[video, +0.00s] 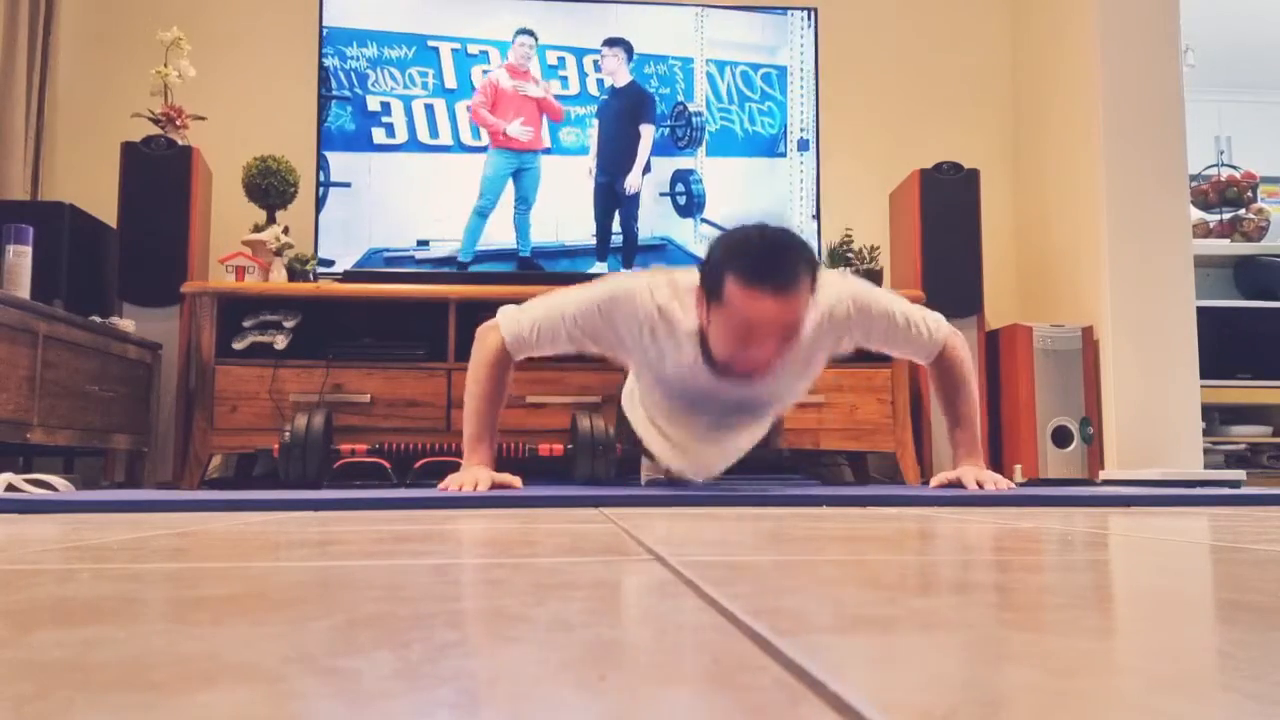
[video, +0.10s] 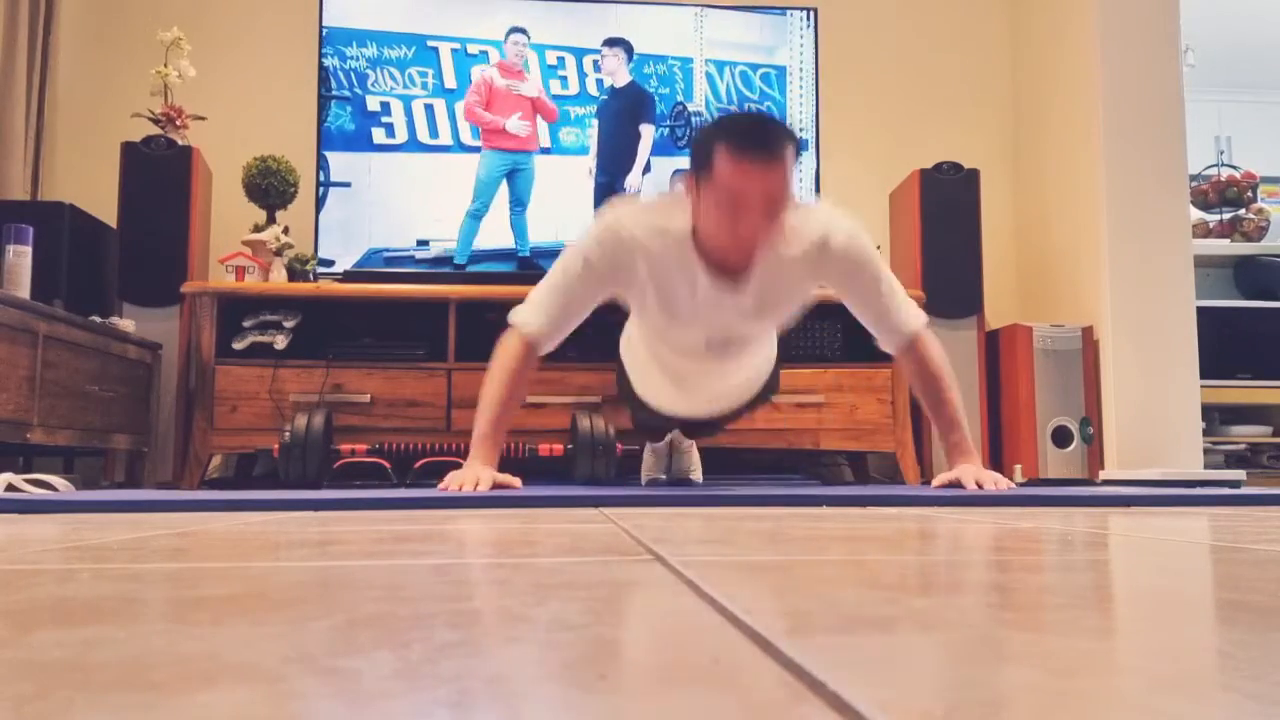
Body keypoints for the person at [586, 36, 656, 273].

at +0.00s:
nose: (602, 61)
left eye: (608, 57)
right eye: (602, 57)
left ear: (623, 59)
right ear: (605, 59)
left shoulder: (642, 97)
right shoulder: (606, 97)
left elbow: (647, 137)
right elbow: (597, 131)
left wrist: (636, 172)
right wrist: (593, 157)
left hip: (628, 171)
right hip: (604, 169)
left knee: (628, 223)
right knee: (602, 219)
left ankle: (627, 267)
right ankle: (601, 262)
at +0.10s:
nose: (600, 61)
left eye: (604, 56)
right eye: (601, 57)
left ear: (620, 59)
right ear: (616, 59)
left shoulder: (643, 97)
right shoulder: (605, 96)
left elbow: (647, 136)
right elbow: (598, 131)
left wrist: (636, 172)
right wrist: (592, 158)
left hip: (628, 175)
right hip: (604, 172)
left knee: (625, 232)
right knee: (602, 229)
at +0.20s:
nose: (604, 61)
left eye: (610, 56)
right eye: (602, 56)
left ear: (624, 60)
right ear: (603, 59)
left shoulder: (643, 98)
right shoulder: (605, 100)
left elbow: (649, 141)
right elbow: (600, 141)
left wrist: (644, 174)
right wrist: (596, 173)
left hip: (636, 172)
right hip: (607, 172)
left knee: (635, 230)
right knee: (609, 228)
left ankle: (635, 274)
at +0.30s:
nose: (601, 61)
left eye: (605, 57)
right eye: (602, 57)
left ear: (621, 59)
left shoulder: (644, 97)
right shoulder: (605, 96)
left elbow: (648, 138)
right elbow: (598, 130)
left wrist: (641, 174)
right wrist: (593, 158)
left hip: (629, 176)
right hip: (604, 174)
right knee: (602, 227)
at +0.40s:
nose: (603, 62)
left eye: (609, 57)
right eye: (603, 57)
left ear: (624, 60)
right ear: (605, 60)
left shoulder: (643, 98)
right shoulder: (605, 97)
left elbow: (648, 138)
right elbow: (598, 132)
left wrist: (638, 172)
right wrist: (593, 158)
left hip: (628, 172)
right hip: (604, 171)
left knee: (629, 225)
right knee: (603, 222)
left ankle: (630, 268)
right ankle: (602, 262)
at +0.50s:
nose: (603, 62)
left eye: (608, 58)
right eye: (603, 58)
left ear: (623, 61)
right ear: (608, 61)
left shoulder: (643, 97)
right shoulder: (605, 97)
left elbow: (648, 137)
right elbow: (599, 131)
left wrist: (638, 172)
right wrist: (593, 157)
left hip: (629, 171)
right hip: (605, 169)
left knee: (629, 222)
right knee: (603, 219)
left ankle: (627, 267)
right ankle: (601, 261)